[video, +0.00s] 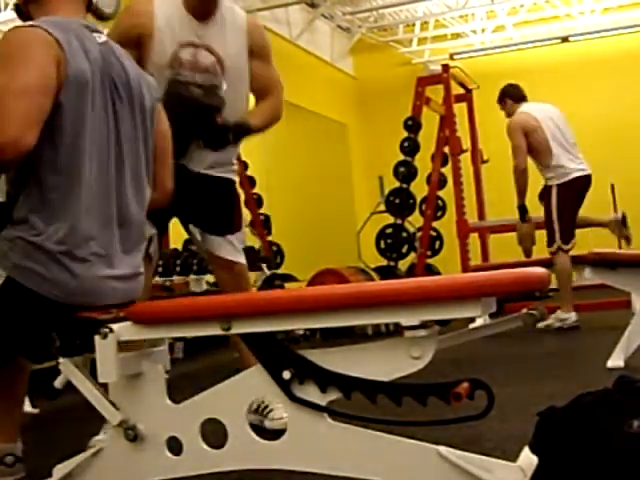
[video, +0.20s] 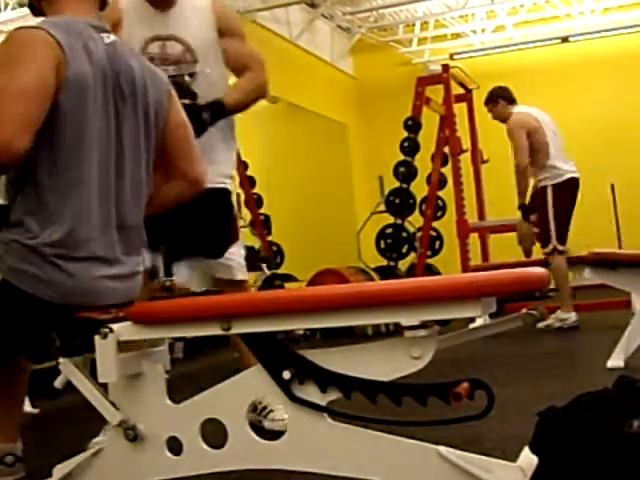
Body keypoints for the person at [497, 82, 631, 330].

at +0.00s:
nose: (503, 113)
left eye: (503, 108)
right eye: (502, 109)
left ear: (508, 102)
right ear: (521, 98)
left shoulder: (516, 121)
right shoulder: (547, 108)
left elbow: (520, 166)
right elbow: (564, 143)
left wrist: (520, 205)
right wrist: (548, 187)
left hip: (560, 182)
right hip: (580, 175)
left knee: (559, 249)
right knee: (558, 219)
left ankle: (567, 309)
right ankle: (609, 222)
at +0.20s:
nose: (492, 117)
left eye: (491, 111)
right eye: (490, 112)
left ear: (501, 103)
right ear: (505, 102)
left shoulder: (516, 121)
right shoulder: (532, 113)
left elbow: (522, 164)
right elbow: (547, 158)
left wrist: (522, 203)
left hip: (553, 183)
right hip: (562, 179)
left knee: (554, 250)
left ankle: (566, 309)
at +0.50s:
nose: (489, 126)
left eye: (488, 119)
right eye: (486, 121)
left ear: (500, 112)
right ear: (499, 114)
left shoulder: (518, 128)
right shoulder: (516, 131)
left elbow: (526, 167)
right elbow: (522, 171)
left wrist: (516, 204)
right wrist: (516, 203)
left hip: (545, 193)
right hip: (538, 194)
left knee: (529, 254)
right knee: (525, 254)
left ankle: (559, 304)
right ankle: (536, 306)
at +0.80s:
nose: (484, 142)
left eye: (485, 135)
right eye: (481, 140)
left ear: (496, 129)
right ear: (482, 142)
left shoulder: (510, 144)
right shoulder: (504, 154)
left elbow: (521, 181)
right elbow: (510, 190)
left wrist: (514, 220)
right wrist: (513, 222)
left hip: (548, 200)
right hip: (538, 201)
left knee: (519, 254)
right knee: (518, 254)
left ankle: (539, 309)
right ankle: (538, 309)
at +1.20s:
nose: (496, 171)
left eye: (496, 164)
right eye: (492, 167)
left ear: (507, 158)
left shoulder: (517, 170)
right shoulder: (521, 171)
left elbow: (519, 210)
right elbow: (528, 217)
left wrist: (507, 242)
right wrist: (516, 241)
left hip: (558, 228)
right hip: (551, 227)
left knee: (513, 263)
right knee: (511, 261)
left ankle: (538, 312)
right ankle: (536, 311)